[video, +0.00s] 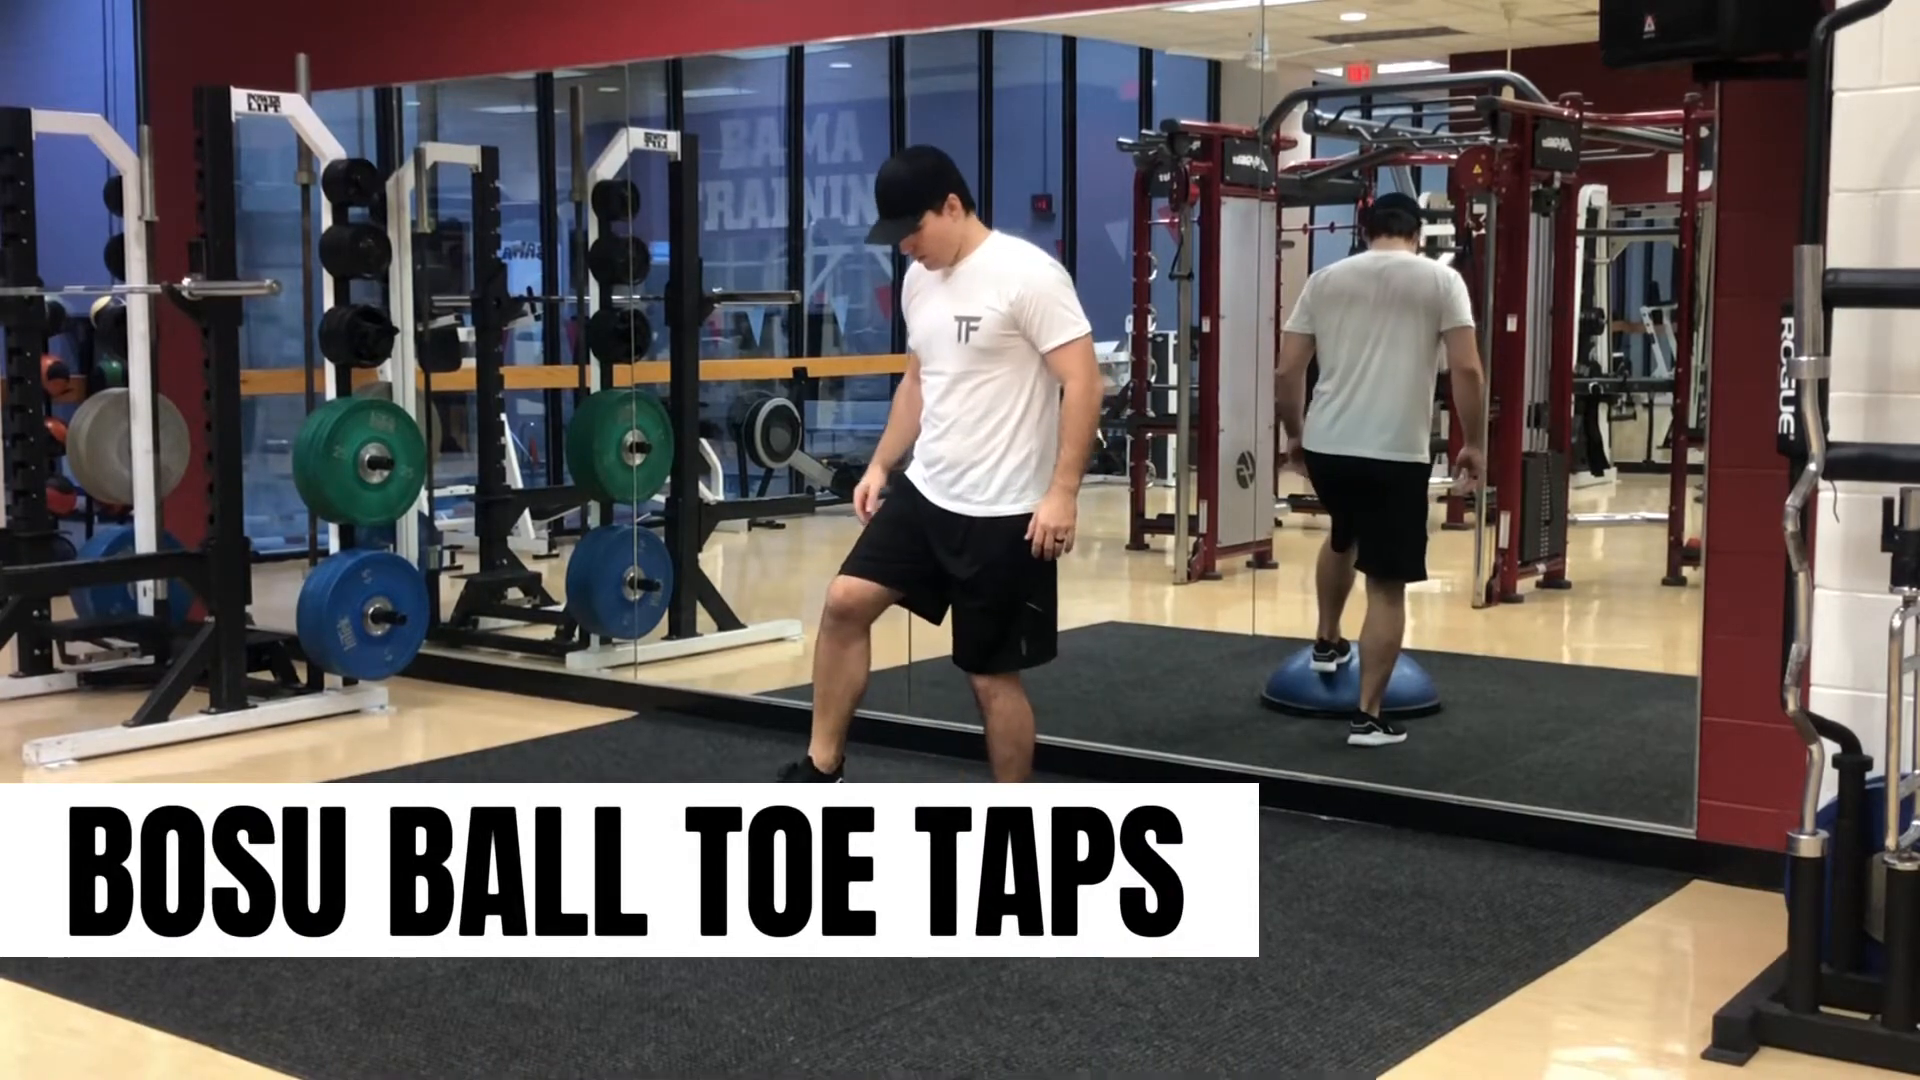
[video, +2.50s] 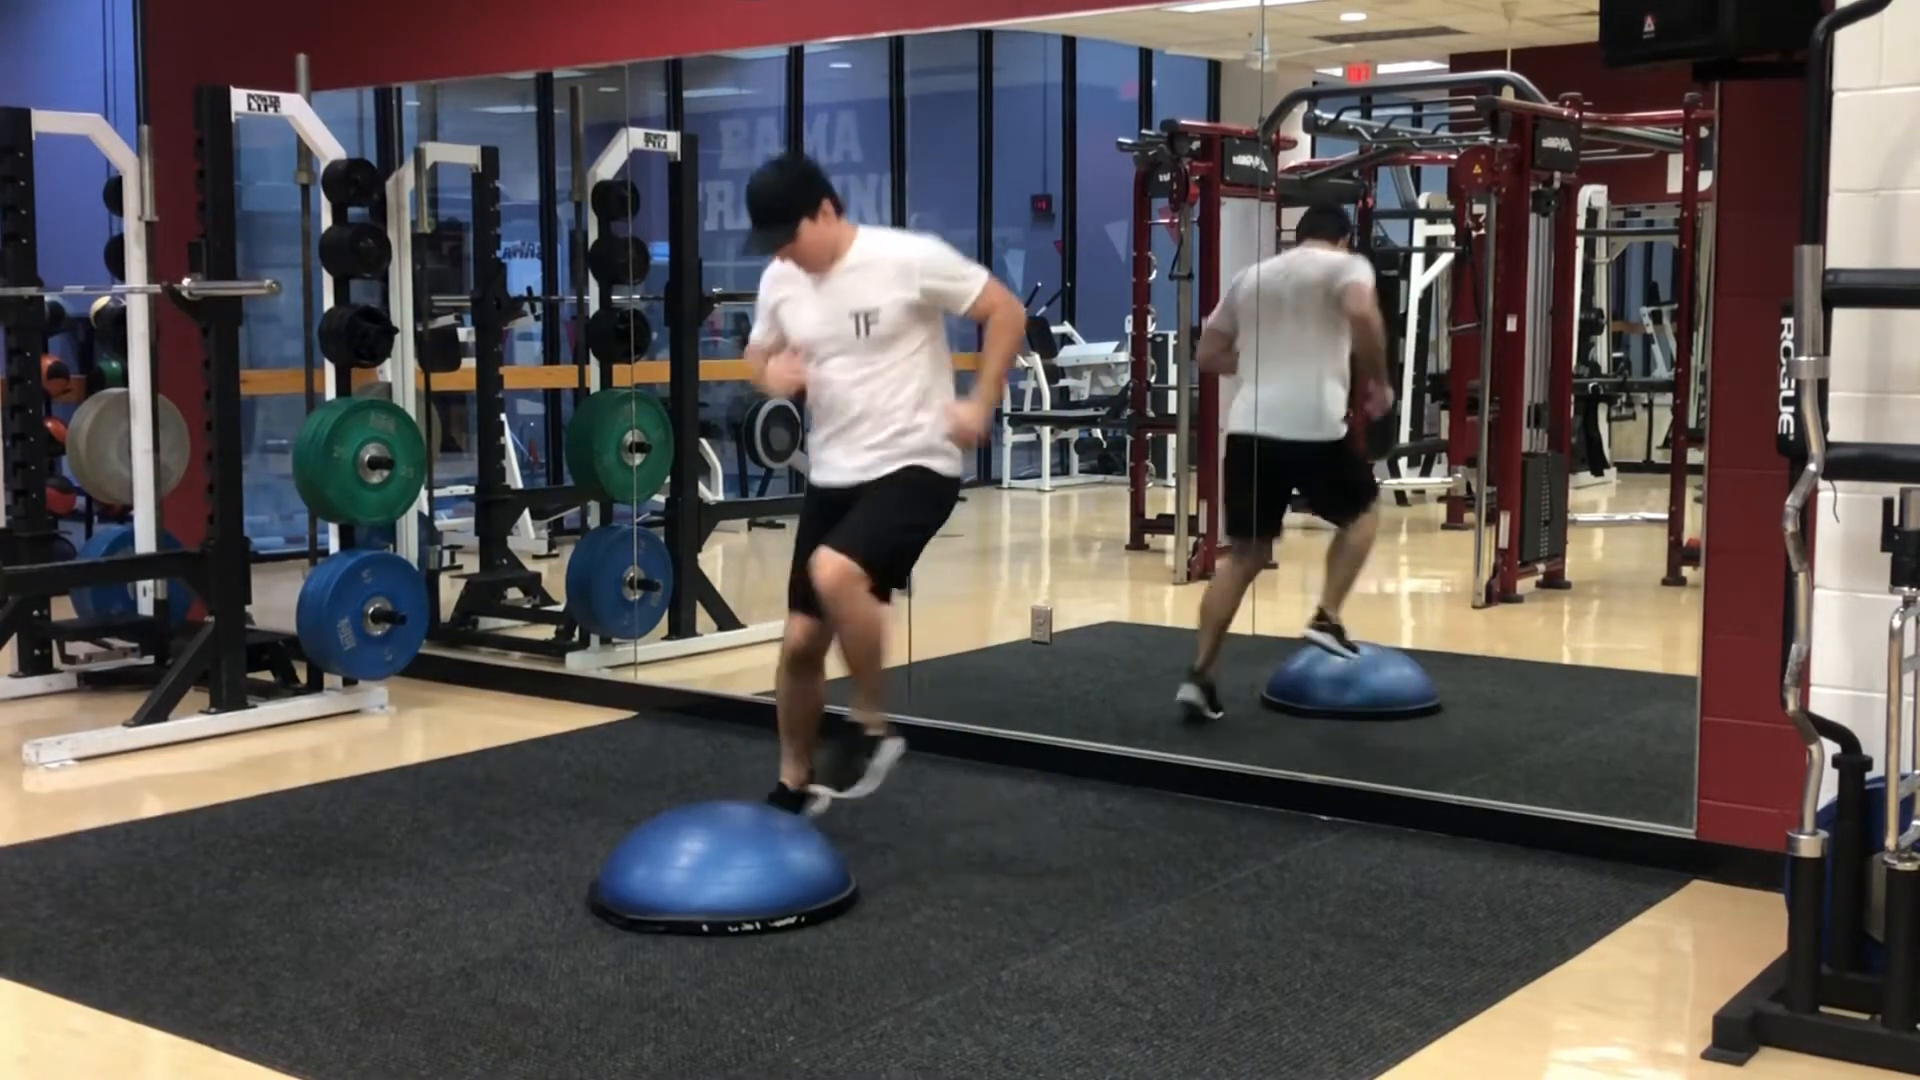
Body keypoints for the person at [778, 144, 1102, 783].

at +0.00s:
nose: (905, 248)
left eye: (911, 232)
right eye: (899, 237)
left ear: (951, 208)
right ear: (941, 212)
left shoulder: (1030, 274)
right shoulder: (919, 279)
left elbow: (1084, 381)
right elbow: (918, 380)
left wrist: (1063, 493)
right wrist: (880, 466)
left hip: (1004, 516)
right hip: (925, 496)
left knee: (992, 676)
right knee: (846, 605)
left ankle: (1013, 812)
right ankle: (821, 766)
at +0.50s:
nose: (847, 241)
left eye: (852, 225)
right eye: (839, 230)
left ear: (892, 203)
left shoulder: (966, 267)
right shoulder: (854, 266)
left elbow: (1056, 339)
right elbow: (865, 347)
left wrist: (987, 398)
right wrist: (810, 385)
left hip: (945, 502)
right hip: (865, 485)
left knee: (947, 659)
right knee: (778, 592)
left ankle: (997, 798)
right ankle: (812, 737)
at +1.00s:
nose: (782, 241)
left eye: (787, 225)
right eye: (774, 230)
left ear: (824, 200)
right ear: (777, 220)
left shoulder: (906, 249)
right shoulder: (783, 274)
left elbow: (1006, 300)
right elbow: (778, 352)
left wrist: (949, 360)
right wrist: (752, 395)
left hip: (904, 468)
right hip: (822, 477)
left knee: (848, 595)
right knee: (788, 637)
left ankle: (899, 751)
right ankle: (785, 773)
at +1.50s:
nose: (790, 234)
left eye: (794, 217)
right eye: (782, 223)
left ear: (832, 192)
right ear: (807, 203)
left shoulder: (916, 249)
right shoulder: (802, 260)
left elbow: (1006, 320)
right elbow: (802, 331)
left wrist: (943, 385)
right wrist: (769, 389)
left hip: (907, 466)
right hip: (829, 461)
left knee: (884, 610)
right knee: (759, 594)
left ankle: (960, 766)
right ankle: (775, 734)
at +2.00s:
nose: (789, 245)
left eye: (794, 228)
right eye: (782, 234)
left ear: (828, 199)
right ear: (787, 218)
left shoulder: (912, 253)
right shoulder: (794, 267)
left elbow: (1003, 312)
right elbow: (793, 339)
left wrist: (947, 374)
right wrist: (769, 398)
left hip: (912, 472)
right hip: (831, 470)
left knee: (891, 623)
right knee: (758, 600)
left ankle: (973, 795)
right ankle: (789, 740)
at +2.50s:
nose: (783, 254)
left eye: (789, 238)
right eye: (775, 244)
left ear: (826, 211)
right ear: (774, 235)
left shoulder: (909, 258)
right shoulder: (779, 279)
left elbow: (1007, 311)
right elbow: (760, 362)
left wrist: (982, 402)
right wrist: (774, 375)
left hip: (916, 462)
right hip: (834, 476)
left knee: (837, 571)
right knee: (801, 642)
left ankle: (872, 724)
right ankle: (794, 784)